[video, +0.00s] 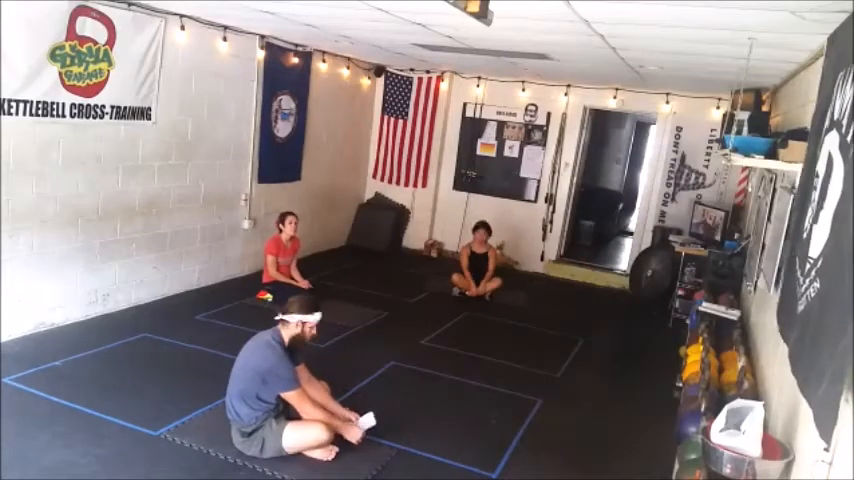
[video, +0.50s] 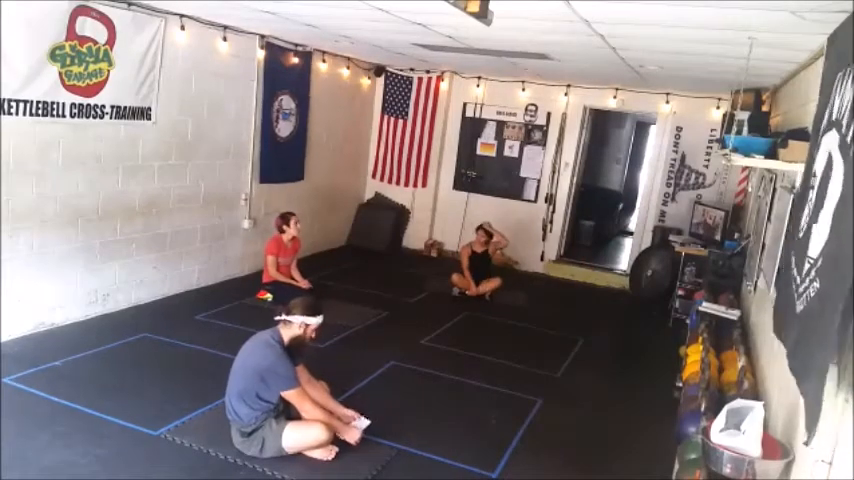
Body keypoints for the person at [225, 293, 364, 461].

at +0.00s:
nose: (315, 332)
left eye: (316, 326)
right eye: (312, 327)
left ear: (296, 324)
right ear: (298, 325)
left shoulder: (284, 340)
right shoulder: (272, 359)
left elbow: (309, 383)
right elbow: (306, 410)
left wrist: (341, 412)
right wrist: (342, 428)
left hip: (271, 406)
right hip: (253, 432)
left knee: (322, 387)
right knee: (322, 432)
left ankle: (309, 445)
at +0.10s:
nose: (315, 335)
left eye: (316, 329)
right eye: (314, 329)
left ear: (299, 324)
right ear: (301, 326)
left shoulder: (284, 340)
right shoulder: (273, 359)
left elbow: (309, 384)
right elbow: (307, 411)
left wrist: (342, 413)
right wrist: (343, 429)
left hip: (269, 406)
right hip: (252, 432)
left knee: (321, 386)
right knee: (322, 432)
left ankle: (309, 445)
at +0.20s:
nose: (315, 334)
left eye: (316, 329)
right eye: (313, 329)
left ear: (298, 324)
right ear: (300, 325)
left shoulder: (282, 340)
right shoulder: (273, 357)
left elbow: (309, 384)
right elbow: (307, 408)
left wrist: (342, 412)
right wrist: (343, 429)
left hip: (269, 406)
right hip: (252, 432)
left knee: (321, 386)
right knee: (321, 432)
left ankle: (309, 445)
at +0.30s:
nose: (315, 335)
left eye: (317, 330)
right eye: (314, 330)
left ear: (298, 325)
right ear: (300, 327)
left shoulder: (282, 340)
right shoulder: (273, 358)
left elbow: (309, 384)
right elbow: (306, 409)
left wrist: (341, 413)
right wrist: (343, 429)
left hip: (269, 406)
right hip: (253, 432)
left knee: (321, 386)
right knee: (322, 432)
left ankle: (309, 445)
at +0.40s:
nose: (315, 335)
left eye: (317, 330)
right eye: (314, 330)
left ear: (299, 325)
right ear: (301, 326)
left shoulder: (282, 340)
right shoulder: (273, 358)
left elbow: (309, 383)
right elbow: (306, 408)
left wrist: (341, 411)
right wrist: (342, 430)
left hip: (270, 406)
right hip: (253, 432)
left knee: (321, 386)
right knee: (322, 432)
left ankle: (309, 445)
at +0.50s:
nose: (314, 336)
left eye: (316, 330)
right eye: (313, 330)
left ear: (298, 325)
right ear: (301, 326)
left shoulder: (280, 339)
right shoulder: (272, 357)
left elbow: (309, 383)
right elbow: (306, 408)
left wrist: (340, 411)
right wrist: (342, 430)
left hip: (269, 406)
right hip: (253, 433)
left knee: (321, 386)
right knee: (322, 432)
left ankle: (309, 445)